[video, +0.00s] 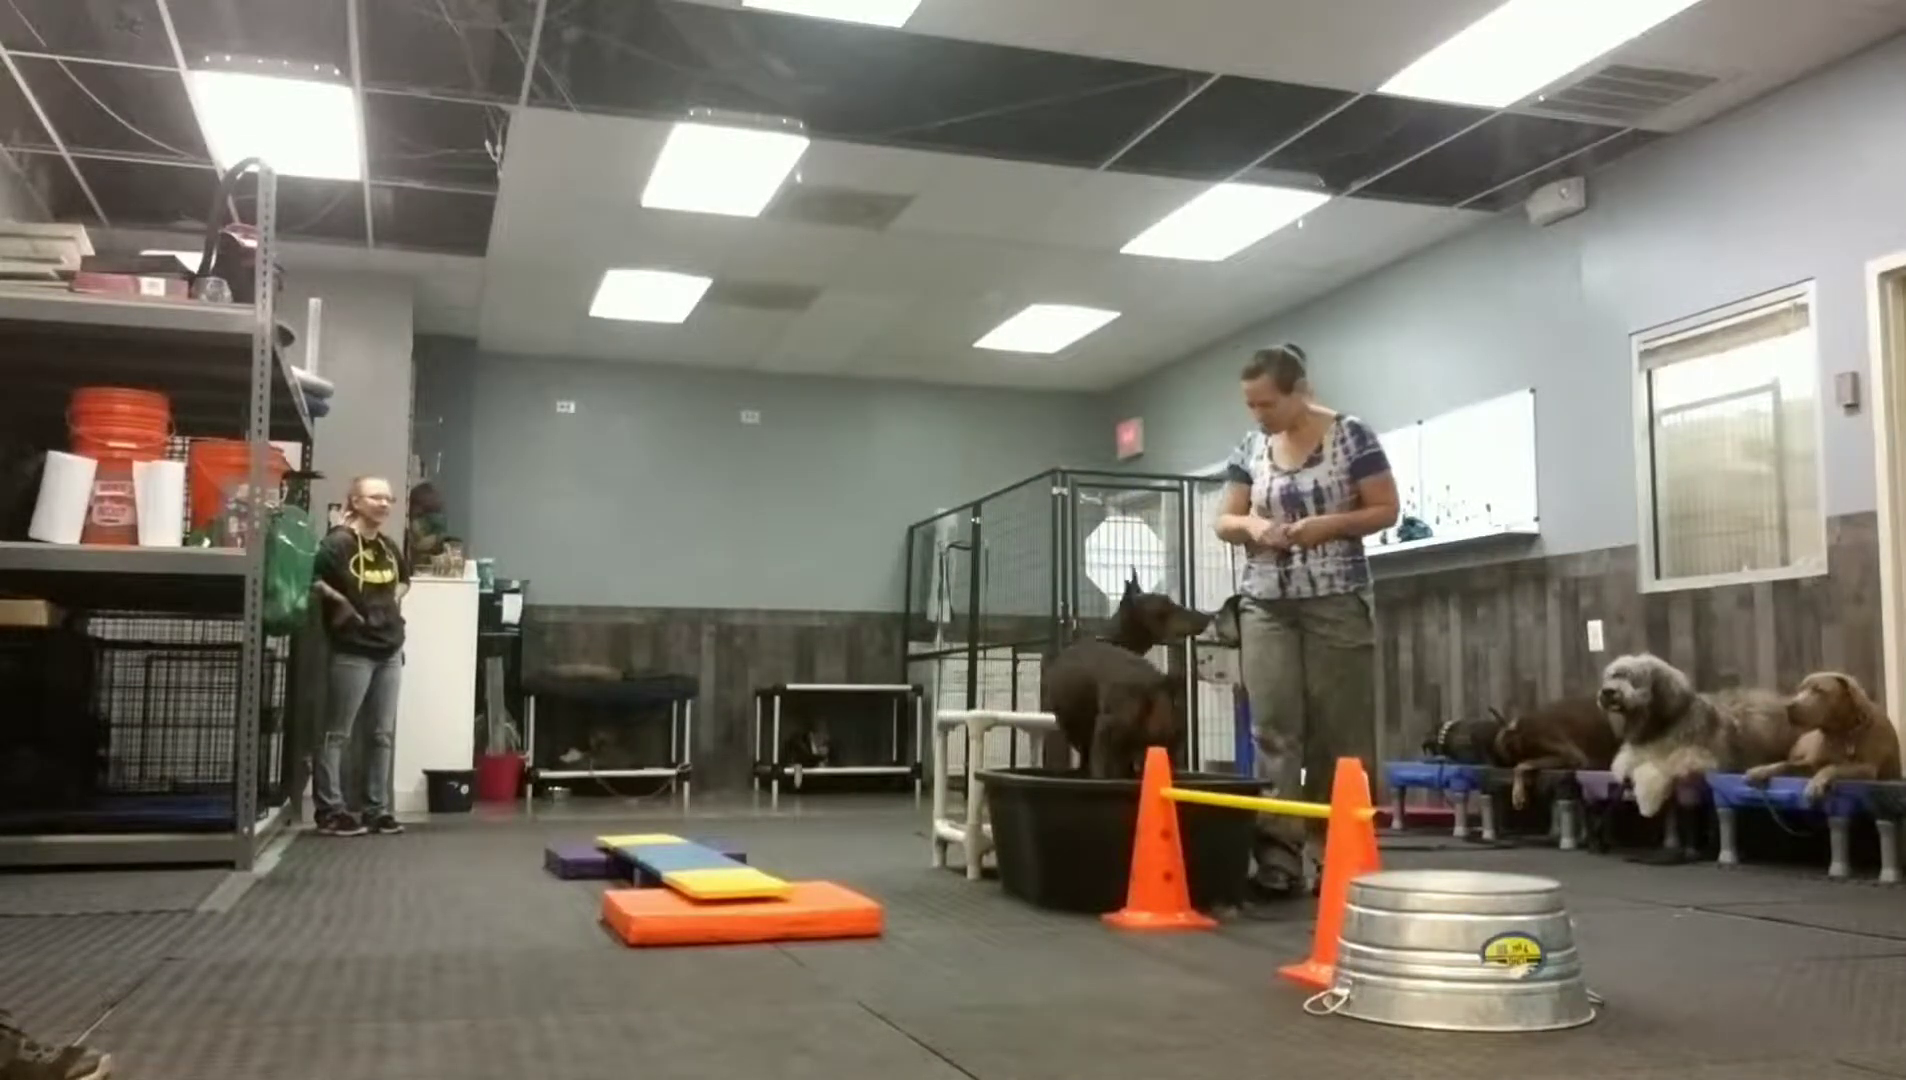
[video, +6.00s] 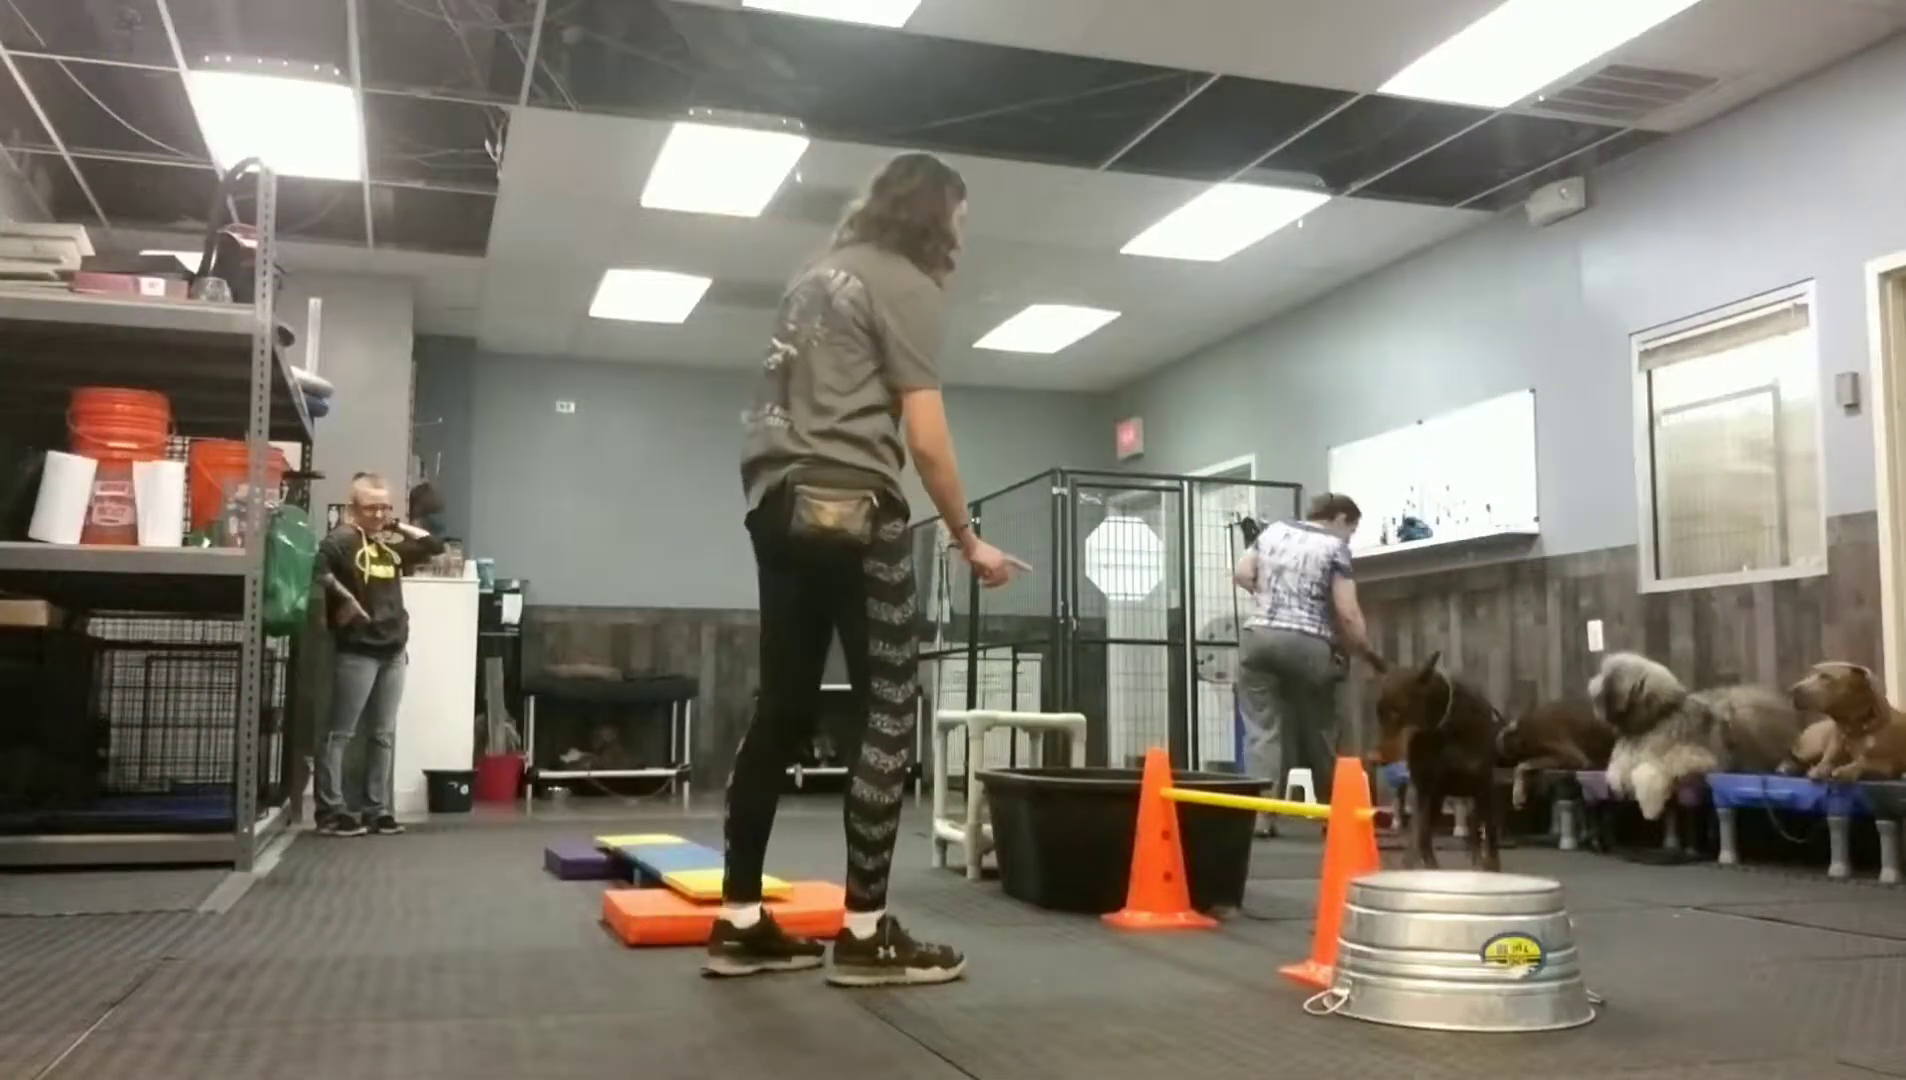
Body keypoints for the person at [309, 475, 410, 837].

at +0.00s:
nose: (385, 504)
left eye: (388, 499)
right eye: (376, 498)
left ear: (390, 505)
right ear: (355, 503)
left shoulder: (388, 544)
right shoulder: (338, 542)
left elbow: (403, 581)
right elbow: (315, 580)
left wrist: (390, 612)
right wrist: (344, 608)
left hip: (389, 648)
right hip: (352, 648)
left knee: (382, 734)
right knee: (337, 734)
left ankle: (377, 810)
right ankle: (330, 810)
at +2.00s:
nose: (389, 506)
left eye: (393, 501)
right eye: (381, 500)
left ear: (395, 505)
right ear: (360, 502)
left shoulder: (391, 545)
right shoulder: (340, 544)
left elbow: (408, 581)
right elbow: (315, 582)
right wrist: (346, 605)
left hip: (392, 649)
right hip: (355, 649)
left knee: (383, 735)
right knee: (338, 734)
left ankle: (378, 811)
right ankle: (330, 811)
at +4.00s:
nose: (388, 507)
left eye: (392, 500)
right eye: (380, 500)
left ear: (393, 505)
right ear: (358, 502)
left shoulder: (391, 546)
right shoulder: (339, 546)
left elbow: (407, 582)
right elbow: (316, 588)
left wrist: (391, 619)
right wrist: (347, 611)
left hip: (392, 649)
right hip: (355, 650)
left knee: (384, 735)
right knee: (339, 734)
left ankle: (378, 811)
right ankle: (330, 811)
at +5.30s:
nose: (385, 503)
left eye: (388, 497)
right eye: (376, 496)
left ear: (393, 503)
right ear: (356, 503)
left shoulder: (392, 548)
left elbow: (403, 595)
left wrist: (390, 622)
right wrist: (373, 627)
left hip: (389, 652)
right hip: (352, 651)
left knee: (382, 735)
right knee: (338, 733)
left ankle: (376, 808)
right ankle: (330, 809)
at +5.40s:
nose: (382, 505)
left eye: (385, 500)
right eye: (374, 499)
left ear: (388, 505)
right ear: (356, 503)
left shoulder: (386, 549)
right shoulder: (340, 541)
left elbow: (413, 582)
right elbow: (322, 580)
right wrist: (345, 604)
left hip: (389, 649)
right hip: (354, 648)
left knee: (382, 734)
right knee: (339, 733)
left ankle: (377, 809)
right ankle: (330, 810)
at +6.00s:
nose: (381, 515)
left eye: (385, 508)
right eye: (373, 507)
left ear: (389, 509)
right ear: (354, 508)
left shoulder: (389, 547)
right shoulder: (339, 543)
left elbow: (434, 546)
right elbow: (320, 575)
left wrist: (399, 526)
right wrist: (345, 599)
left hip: (393, 648)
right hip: (357, 647)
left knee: (384, 734)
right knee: (341, 733)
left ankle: (377, 810)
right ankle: (331, 810)